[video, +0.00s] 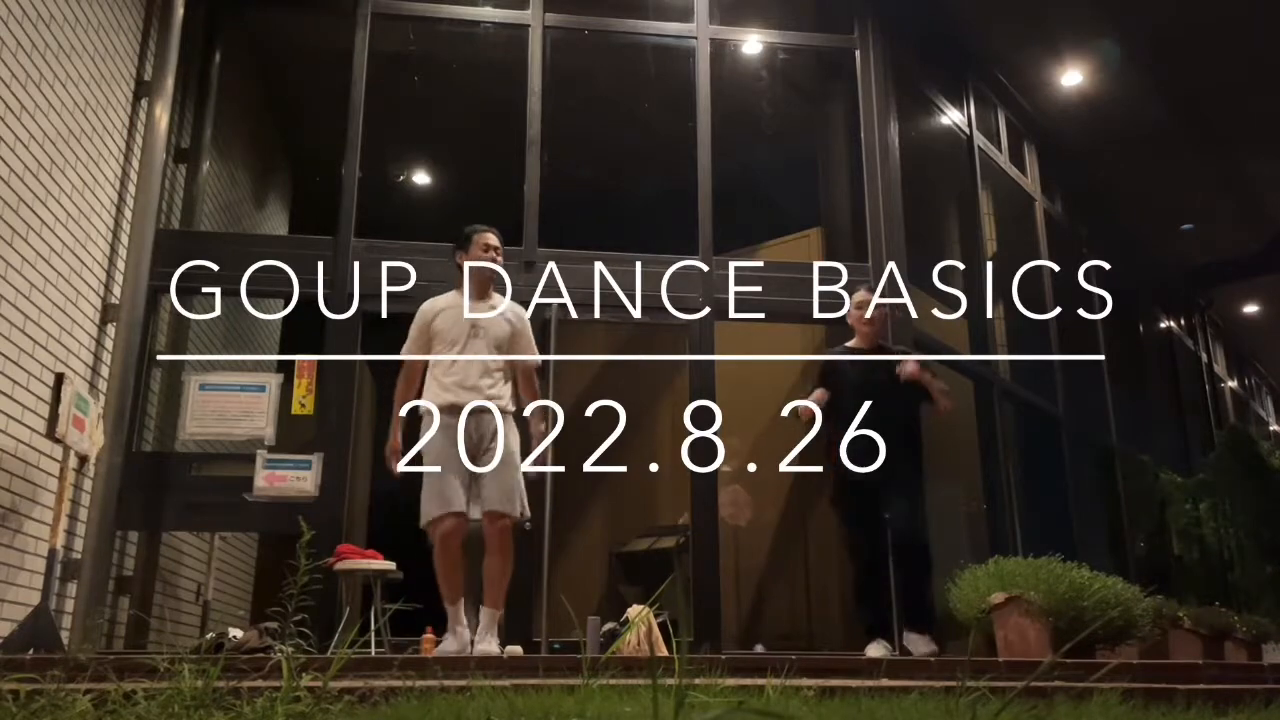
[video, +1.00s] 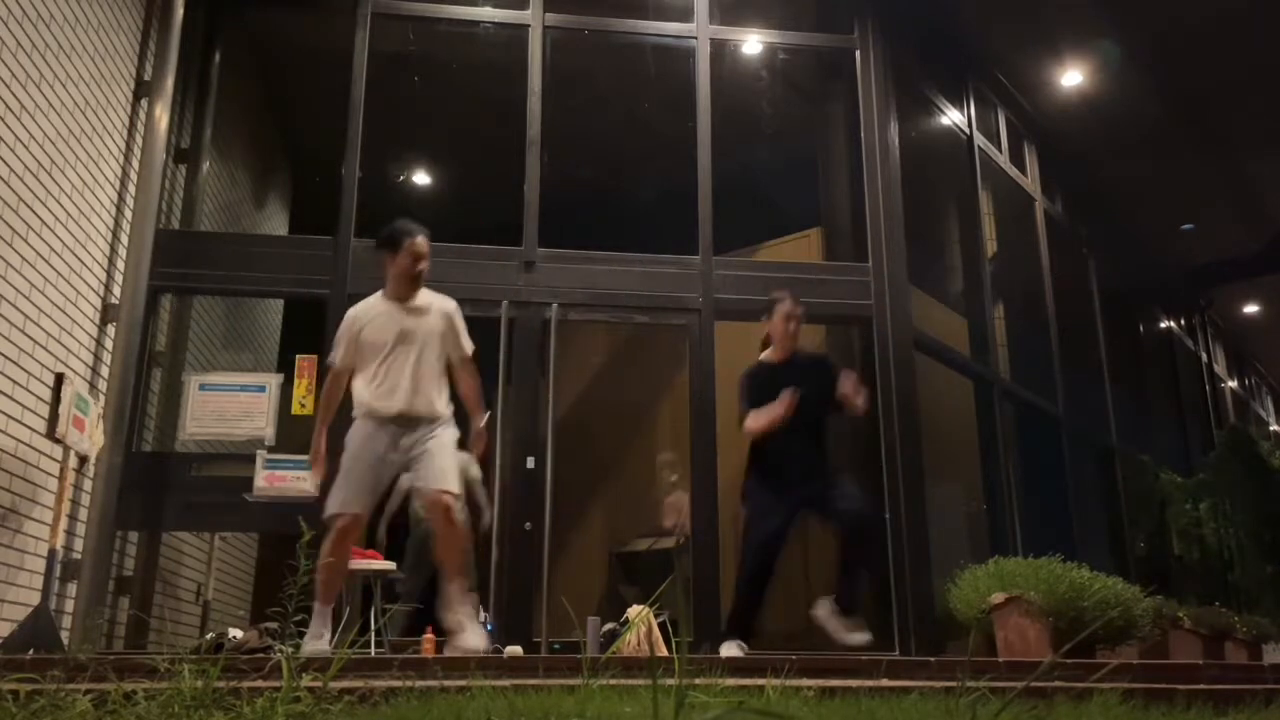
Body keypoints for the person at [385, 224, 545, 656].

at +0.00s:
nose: (495, 257)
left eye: (499, 251)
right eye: (486, 249)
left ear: (503, 262)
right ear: (462, 258)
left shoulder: (514, 315)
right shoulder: (433, 310)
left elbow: (527, 378)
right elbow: (410, 372)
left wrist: (537, 421)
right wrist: (396, 427)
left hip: (498, 424)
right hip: (443, 423)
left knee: (499, 524)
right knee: (448, 526)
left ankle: (488, 631)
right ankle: (457, 630)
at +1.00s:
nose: (422, 267)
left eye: (426, 259)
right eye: (414, 259)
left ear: (430, 262)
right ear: (389, 259)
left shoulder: (444, 311)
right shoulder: (360, 316)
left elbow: (463, 367)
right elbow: (336, 379)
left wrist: (479, 418)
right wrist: (319, 439)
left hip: (433, 429)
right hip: (373, 429)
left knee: (445, 506)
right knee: (345, 522)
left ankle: (459, 613)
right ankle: (320, 626)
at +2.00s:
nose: (430, 274)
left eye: (434, 269)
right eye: (422, 267)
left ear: (438, 277)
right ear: (398, 272)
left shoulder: (448, 325)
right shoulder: (371, 319)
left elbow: (466, 368)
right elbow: (334, 355)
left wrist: (463, 403)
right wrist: (337, 393)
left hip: (417, 441)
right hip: (364, 432)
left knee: (394, 534)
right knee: (338, 530)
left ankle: (347, 627)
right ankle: (303, 624)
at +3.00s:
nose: (529, 256)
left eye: (535, 247)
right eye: (522, 250)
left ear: (550, 252)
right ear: (512, 260)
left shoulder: (570, 285)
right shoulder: (514, 308)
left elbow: (585, 327)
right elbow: (488, 362)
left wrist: (541, 294)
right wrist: (463, 336)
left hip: (582, 406)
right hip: (543, 416)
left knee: (576, 507)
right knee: (511, 506)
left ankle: (633, 601)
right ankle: (565, 599)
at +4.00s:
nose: (440, 263)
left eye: (443, 257)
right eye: (433, 255)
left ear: (442, 261)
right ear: (406, 254)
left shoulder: (441, 313)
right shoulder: (371, 295)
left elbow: (459, 378)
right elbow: (333, 337)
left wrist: (475, 353)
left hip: (403, 426)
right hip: (356, 413)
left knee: (366, 526)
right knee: (355, 487)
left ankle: (294, 618)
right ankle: (325, 600)